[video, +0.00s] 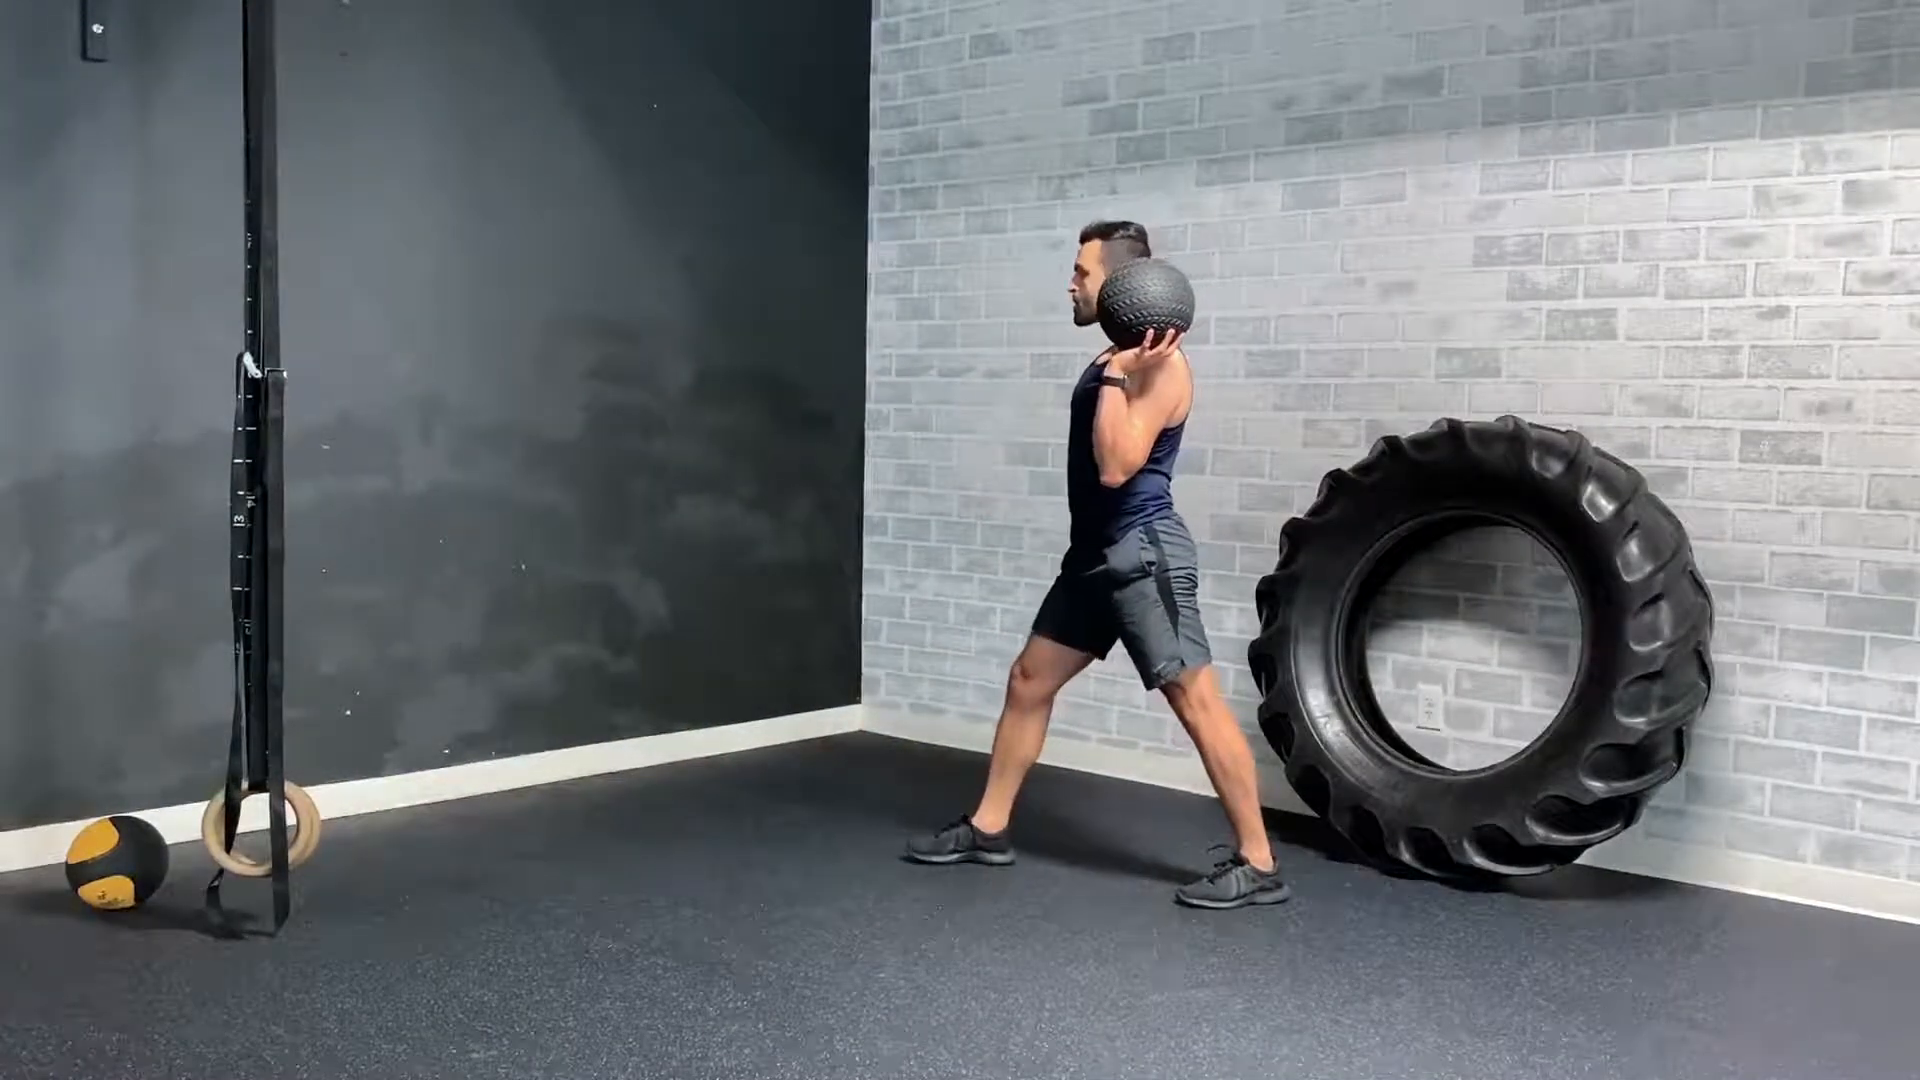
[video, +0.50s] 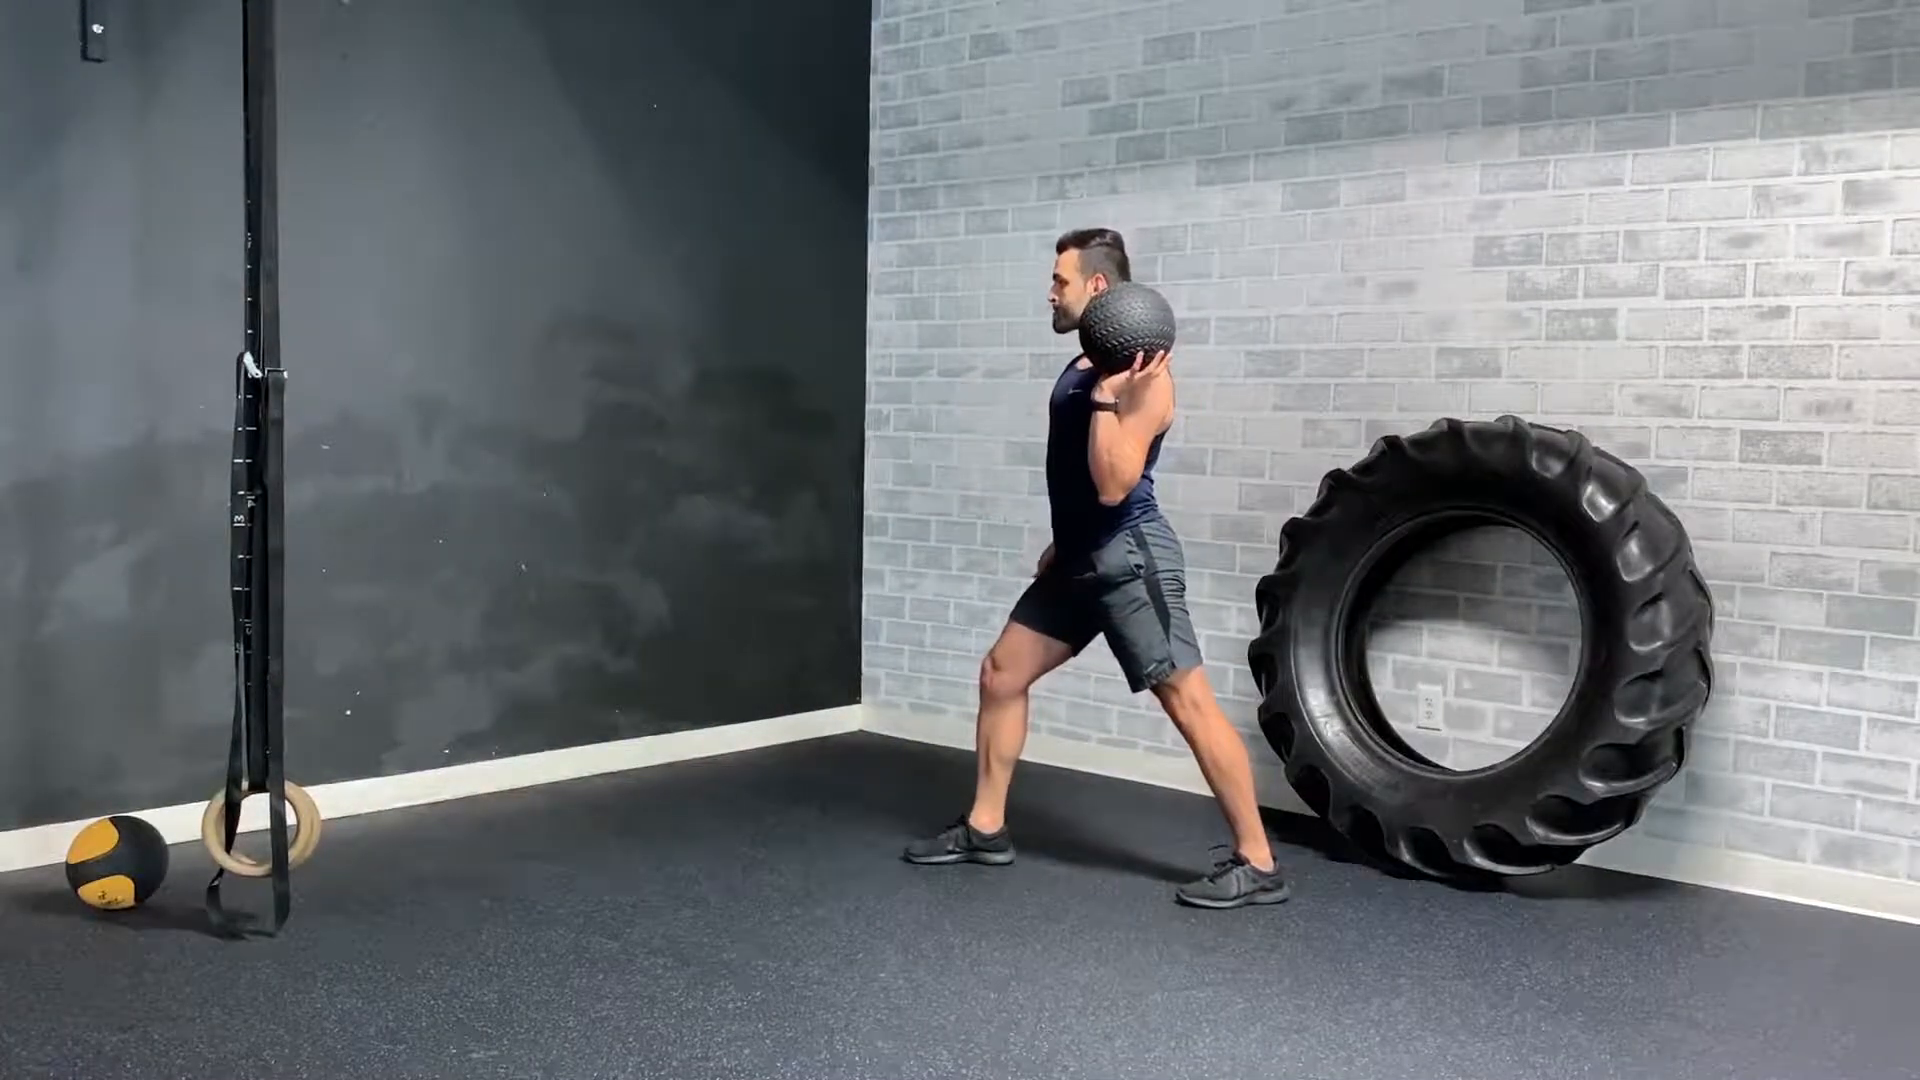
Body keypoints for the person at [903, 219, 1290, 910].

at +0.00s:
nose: (1072, 286)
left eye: (1083, 274)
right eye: (1075, 274)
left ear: (1126, 282)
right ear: (1115, 284)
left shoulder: (1164, 366)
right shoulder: (1118, 357)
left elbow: (1118, 464)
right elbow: (1104, 475)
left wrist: (1113, 380)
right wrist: (1086, 550)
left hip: (1146, 554)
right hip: (1097, 556)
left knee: (1198, 702)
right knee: (1029, 683)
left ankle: (1258, 861)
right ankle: (989, 828)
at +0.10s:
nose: (1065, 288)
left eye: (1076, 276)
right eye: (1068, 275)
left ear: (1114, 283)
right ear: (1106, 284)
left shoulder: (1156, 374)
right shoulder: (1108, 359)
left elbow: (1113, 473)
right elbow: (1095, 474)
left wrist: (1108, 387)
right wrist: (1077, 548)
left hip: (1136, 557)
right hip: (1085, 559)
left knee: (1190, 703)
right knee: (1010, 679)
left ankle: (1256, 861)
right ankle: (986, 830)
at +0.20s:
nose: (1059, 290)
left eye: (1070, 278)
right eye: (1062, 278)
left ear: (1108, 282)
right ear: (1099, 283)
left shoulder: (1152, 379)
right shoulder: (1095, 363)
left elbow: (1113, 483)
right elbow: (1092, 472)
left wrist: (1106, 398)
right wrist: (1063, 539)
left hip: (1131, 559)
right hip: (1077, 560)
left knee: (1186, 703)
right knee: (1001, 678)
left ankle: (1255, 860)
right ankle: (986, 829)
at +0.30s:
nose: (1056, 292)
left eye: (1066, 280)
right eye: (1058, 279)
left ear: (1104, 284)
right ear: (1096, 285)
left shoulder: (1149, 380)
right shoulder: (1089, 364)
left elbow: (1114, 486)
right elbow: (1090, 473)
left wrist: (1105, 400)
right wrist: (1058, 536)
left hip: (1132, 558)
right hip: (1078, 560)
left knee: (1187, 703)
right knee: (998, 677)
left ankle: (1256, 860)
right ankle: (985, 829)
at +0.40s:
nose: (1053, 293)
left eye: (1063, 281)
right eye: (1054, 281)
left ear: (1102, 285)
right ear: (1094, 287)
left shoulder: (1148, 378)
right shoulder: (1087, 362)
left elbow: (1115, 486)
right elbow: (1088, 473)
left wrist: (1106, 403)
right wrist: (1059, 538)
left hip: (1133, 557)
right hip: (1080, 560)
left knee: (1189, 702)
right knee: (1000, 677)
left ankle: (1257, 860)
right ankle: (985, 829)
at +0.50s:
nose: (1051, 294)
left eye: (1061, 282)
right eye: (1053, 281)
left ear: (1101, 285)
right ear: (1093, 287)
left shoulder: (1148, 379)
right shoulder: (1087, 362)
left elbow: (1114, 485)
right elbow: (1086, 473)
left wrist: (1105, 402)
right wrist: (1064, 543)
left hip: (1135, 556)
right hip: (1081, 559)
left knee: (1190, 703)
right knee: (1002, 678)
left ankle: (1257, 860)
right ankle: (985, 829)